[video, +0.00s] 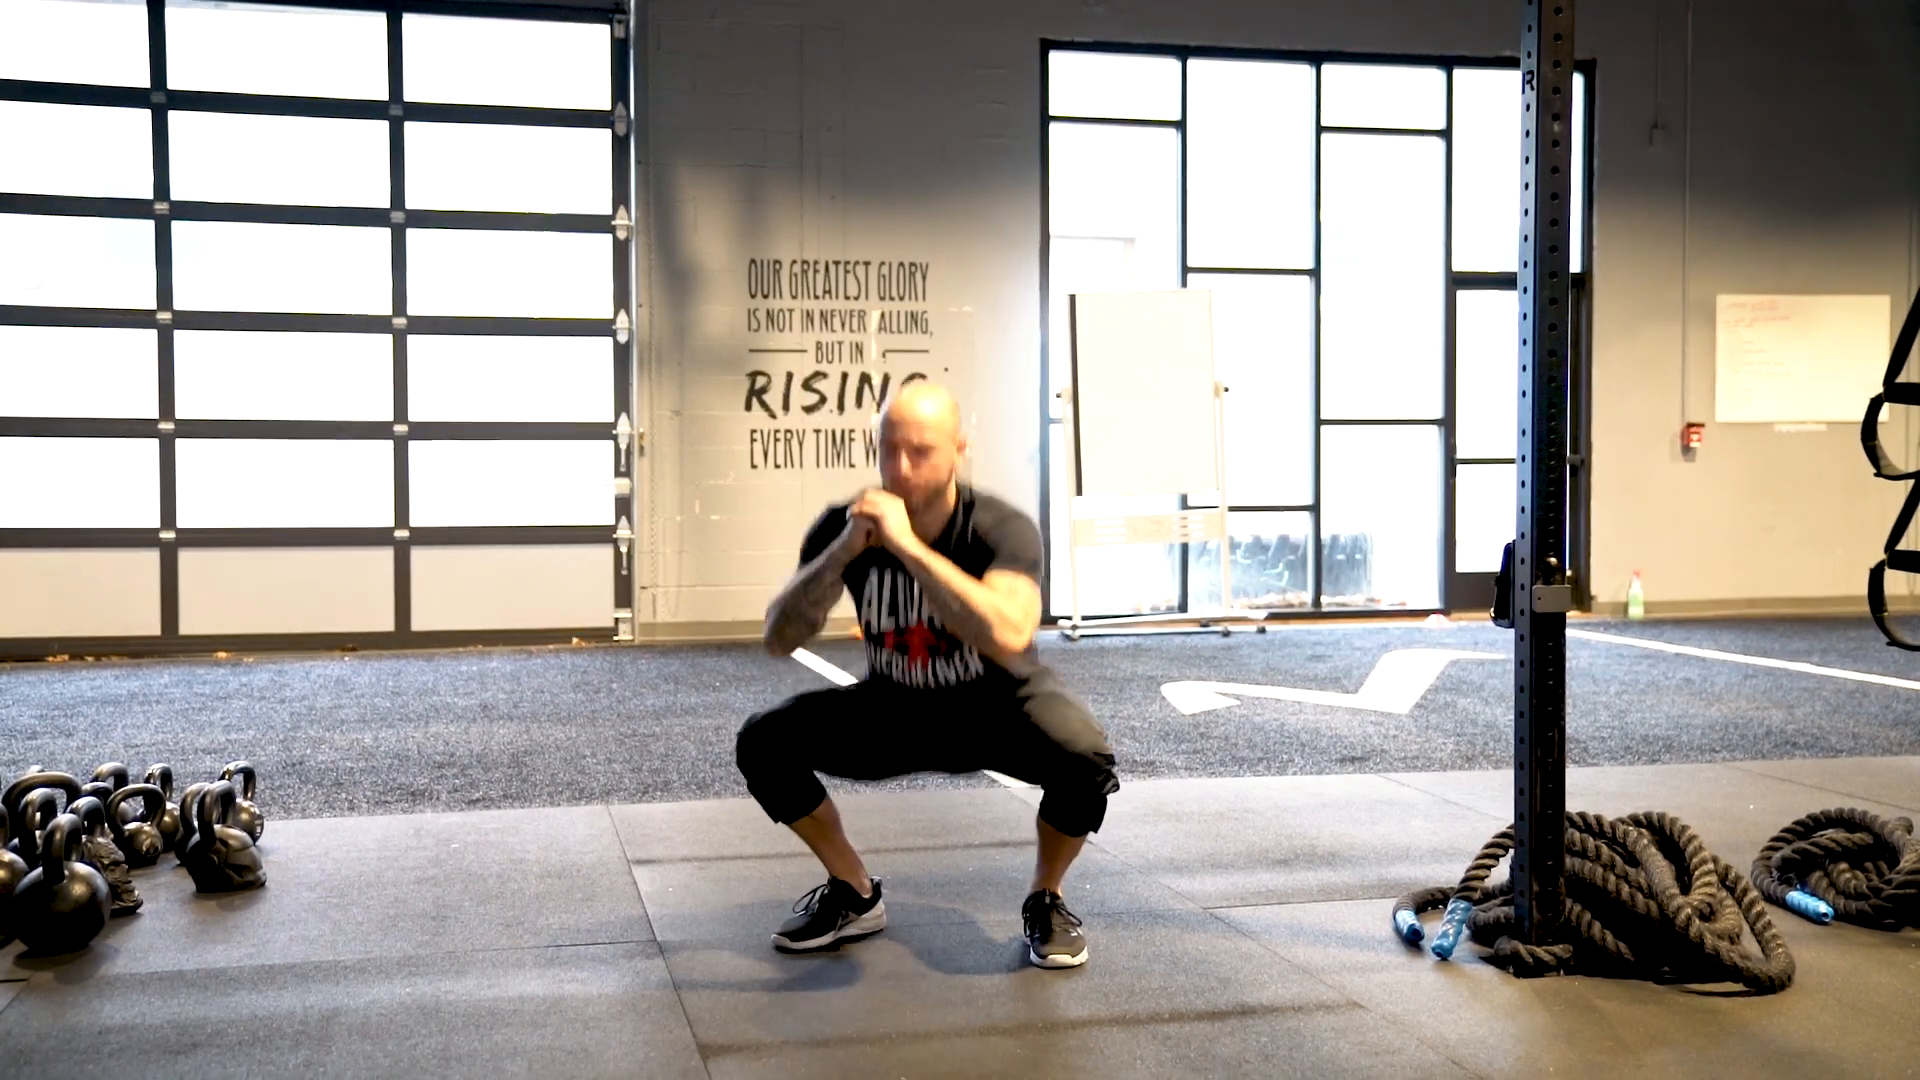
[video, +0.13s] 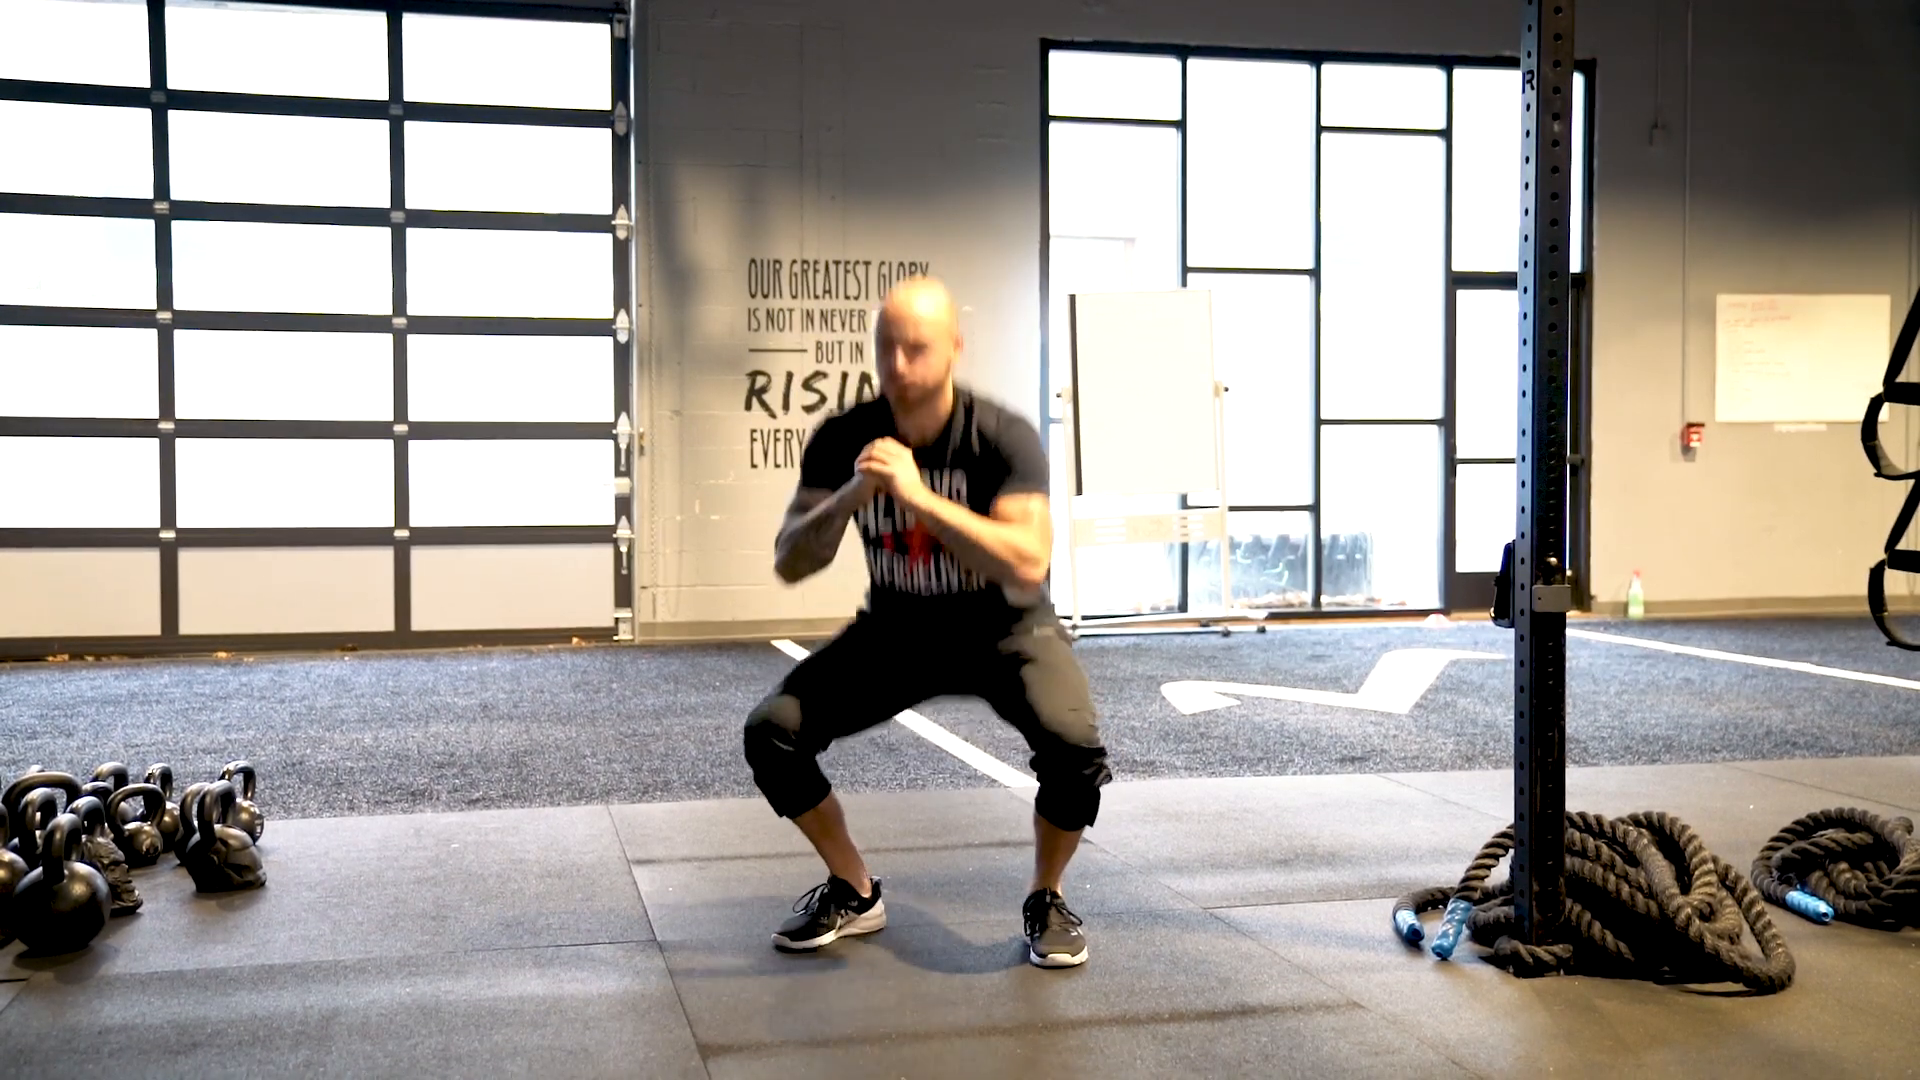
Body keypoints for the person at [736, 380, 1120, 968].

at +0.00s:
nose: (900, 469)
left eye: (919, 453)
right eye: (888, 451)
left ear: (959, 452)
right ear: (874, 449)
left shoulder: (1004, 529)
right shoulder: (845, 527)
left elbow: (1010, 635)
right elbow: (779, 640)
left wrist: (908, 545)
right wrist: (846, 550)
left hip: (993, 708)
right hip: (893, 709)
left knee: (1083, 759)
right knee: (765, 744)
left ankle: (1047, 900)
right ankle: (854, 891)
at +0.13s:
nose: (899, 368)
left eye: (917, 349)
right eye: (888, 348)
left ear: (955, 349)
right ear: (873, 348)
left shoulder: (1005, 437)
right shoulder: (841, 437)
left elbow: (1028, 565)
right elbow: (791, 564)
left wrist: (920, 498)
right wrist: (848, 498)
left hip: (1004, 628)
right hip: (898, 628)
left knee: (1076, 751)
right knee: (773, 735)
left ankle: (1046, 899)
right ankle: (853, 889)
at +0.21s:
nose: (896, 302)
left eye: (914, 284)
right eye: (885, 283)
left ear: (952, 283)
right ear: (870, 282)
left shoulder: (1007, 376)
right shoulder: (839, 378)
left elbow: (1036, 508)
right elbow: (803, 515)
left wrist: (927, 470)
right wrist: (850, 473)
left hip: (1006, 579)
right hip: (897, 581)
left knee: (1067, 732)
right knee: (788, 723)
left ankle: (1047, 898)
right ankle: (854, 889)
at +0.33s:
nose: (893, 245)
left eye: (911, 227)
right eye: (881, 227)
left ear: (949, 225)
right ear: (865, 227)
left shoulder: (1010, 319)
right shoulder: (836, 323)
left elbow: (1039, 452)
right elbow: (808, 462)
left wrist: (931, 425)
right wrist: (849, 428)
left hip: (1005, 538)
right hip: (897, 538)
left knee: (1059, 715)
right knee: (804, 711)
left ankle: (1048, 893)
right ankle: (854, 886)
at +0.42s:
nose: (893, 253)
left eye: (911, 234)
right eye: (881, 235)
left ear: (949, 230)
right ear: (866, 233)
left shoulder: (1006, 320)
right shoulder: (837, 329)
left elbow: (1032, 456)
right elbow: (801, 467)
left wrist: (925, 411)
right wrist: (847, 412)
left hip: (1005, 541)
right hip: (898, 543)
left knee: (1061, 716)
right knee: (802, 712)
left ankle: (1048, 895)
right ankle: (854, 888)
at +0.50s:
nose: (892, 298)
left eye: (910, 278)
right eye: (880, 278)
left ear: (949, 276)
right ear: (866, 278)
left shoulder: (1001, 358)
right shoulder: (838, 367)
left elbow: (1022, 483)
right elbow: (786, 495)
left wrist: (913, 415)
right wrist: (842, 421)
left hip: (1006, 575)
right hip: (901, 579)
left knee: (1064, 726)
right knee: (789, 720)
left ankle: (1046, 897)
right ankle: (852, 888)